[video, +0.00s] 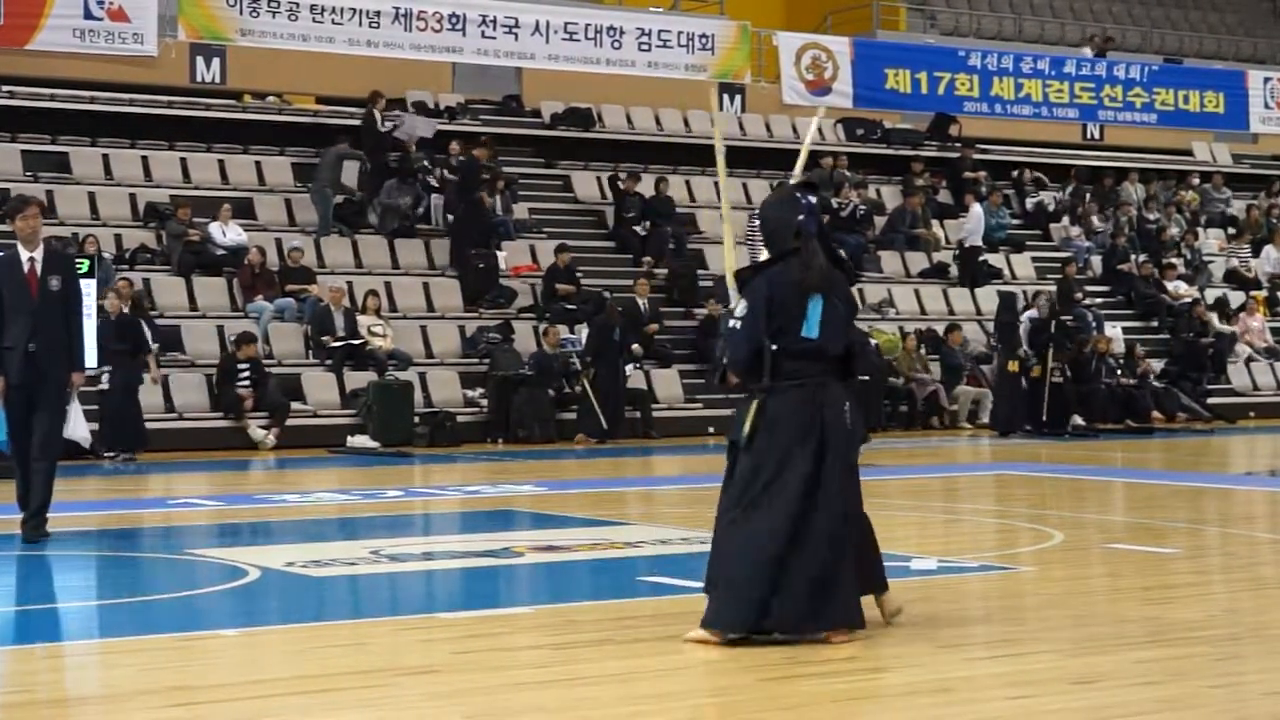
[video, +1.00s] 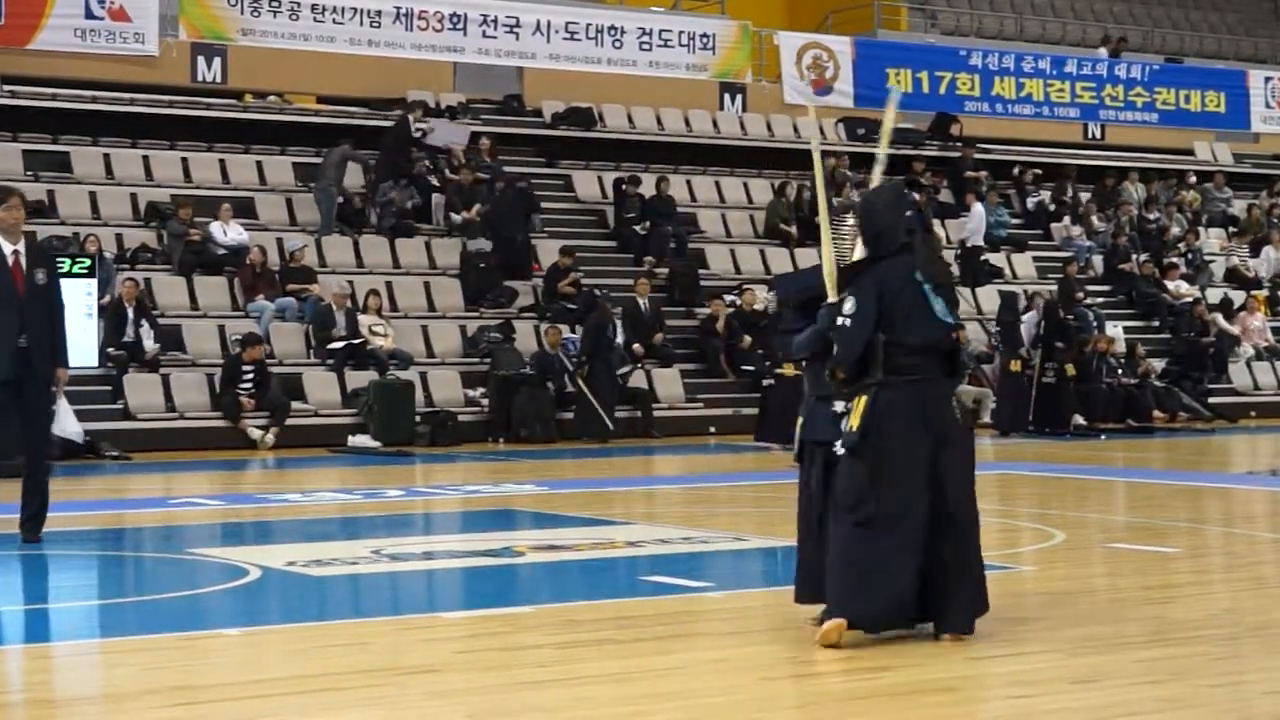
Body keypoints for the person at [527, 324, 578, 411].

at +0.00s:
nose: (557, 338)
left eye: (558, 334)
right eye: (554, 335)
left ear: (560, 335)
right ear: (545, 338)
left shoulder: (563, 356)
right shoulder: (536, 357)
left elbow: (568, 374)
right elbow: (533, 380)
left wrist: (574, 386)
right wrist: (545, 390)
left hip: (562, 392)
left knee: (585, 397)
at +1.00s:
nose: (556, 338)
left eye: (558, 335)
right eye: (552, 335)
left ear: (561, 337)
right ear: (546, 338)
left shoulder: (564, 355)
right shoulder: (537, 357)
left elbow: (572, 371)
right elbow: (537, 378)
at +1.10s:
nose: (554, 339)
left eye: (556, 335)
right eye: (551, 336)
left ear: (560, 337)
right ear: (545, 338)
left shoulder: (565, 354)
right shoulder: (537, 357)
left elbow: (572, 372)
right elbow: (535, 379)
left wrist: (576, 386)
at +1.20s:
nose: (554, 339)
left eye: (556, 335)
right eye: (551, 336)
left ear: (560, 337)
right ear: (545, 338)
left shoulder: (564, 354)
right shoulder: (537, 357)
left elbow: (571, 372)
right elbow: (538, 379)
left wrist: (576, 387)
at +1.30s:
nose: (553, 339)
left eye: (556, 335)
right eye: (550, 335)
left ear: (561, 337)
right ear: (546, 338)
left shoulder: (566, 355)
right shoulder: (537, 356)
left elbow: (571, 375)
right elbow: (534, 379)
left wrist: (577, 389)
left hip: (563, 392)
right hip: (544, 394)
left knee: (580, 398)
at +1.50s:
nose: (554, 338)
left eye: (556, 334)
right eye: (550, 335)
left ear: (559, 336)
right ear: (545, 339)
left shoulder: (565, 354)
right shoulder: (537, 357)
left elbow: (570, 372)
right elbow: (536, 378)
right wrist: (548, 389)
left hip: (563, 391)